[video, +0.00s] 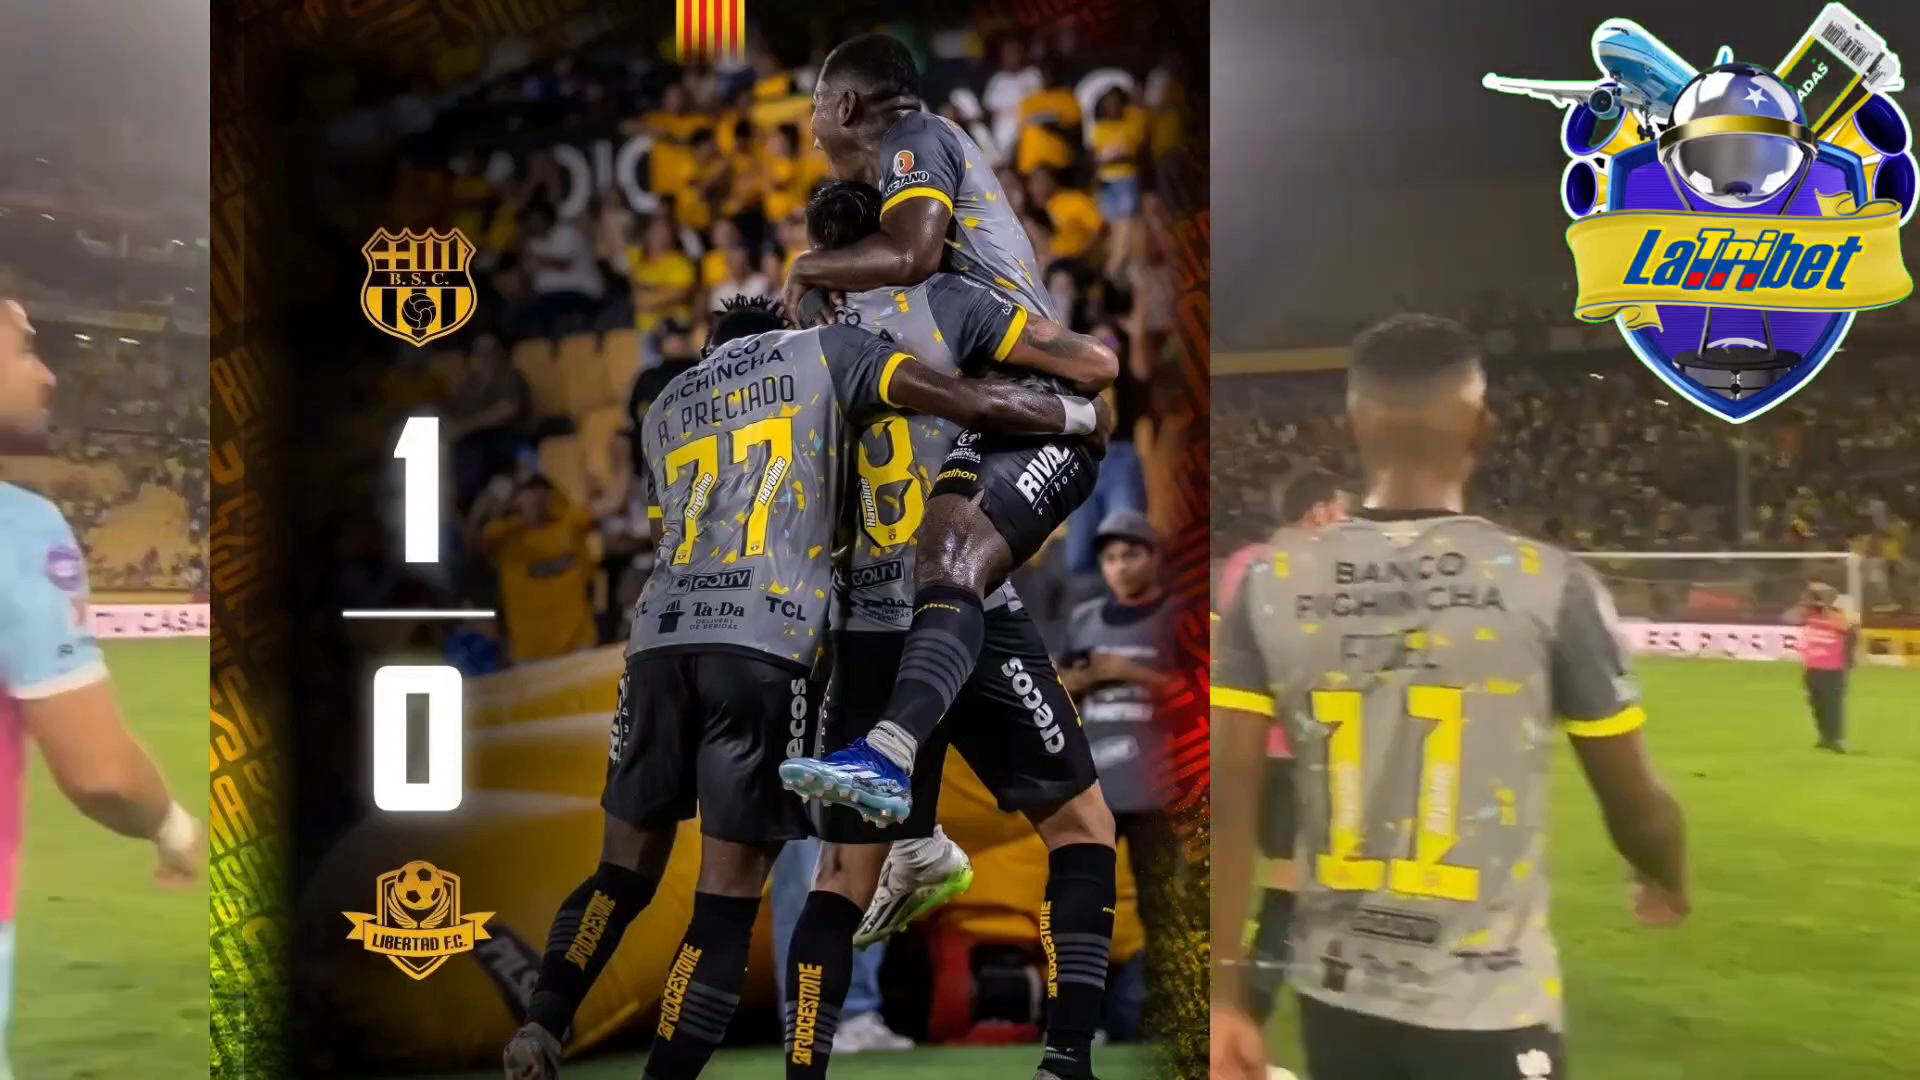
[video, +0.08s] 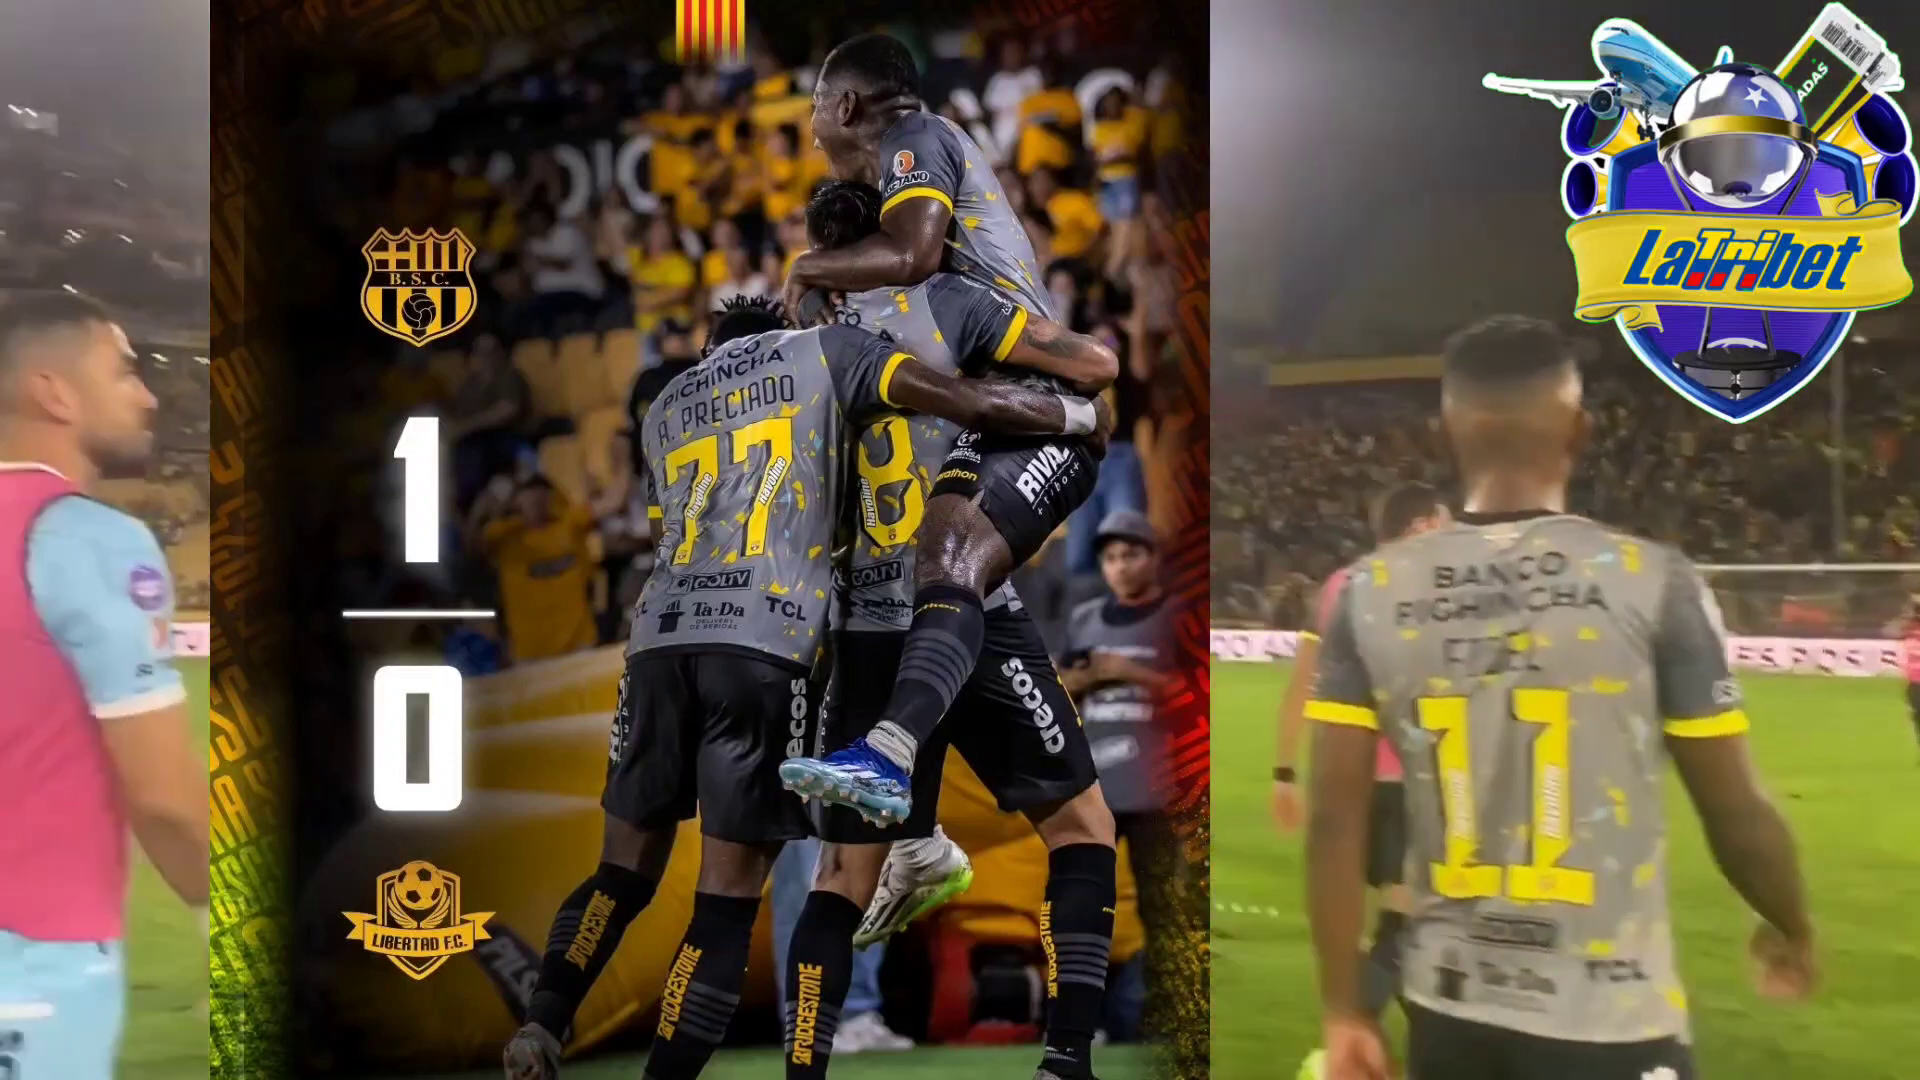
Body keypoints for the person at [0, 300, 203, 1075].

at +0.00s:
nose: (46, 373)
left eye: (33, 350)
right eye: (24, 350)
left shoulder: (23, 523)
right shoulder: (16, 524)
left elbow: (95, 771)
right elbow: (98, 771)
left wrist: (168, 824)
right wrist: (169, 824)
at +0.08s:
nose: (149, 394)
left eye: (137, 369)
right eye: (125, 368)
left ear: (54, 394)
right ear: (53, 392)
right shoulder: (83, 539)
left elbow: (165, 800)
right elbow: (166, 802)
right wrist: (240, 921)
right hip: (39, 956)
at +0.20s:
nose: (217, 413)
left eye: (210, 390)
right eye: (198, 389)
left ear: (121, 412)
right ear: (127, 411)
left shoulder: (16, 536)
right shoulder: (150, 549)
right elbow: (186, 813)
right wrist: (231, 961)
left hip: (12, 968)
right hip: (112, 980)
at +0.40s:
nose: (234, 427)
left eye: (229, 401)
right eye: (217, 400)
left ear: (141, 421)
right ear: (149, 419)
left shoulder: (64, 543)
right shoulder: (120, 558)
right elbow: (104, 820)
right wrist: (186, 1045)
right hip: (101, 1038)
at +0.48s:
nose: (177, 425)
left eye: (170, 397)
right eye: (149, 395)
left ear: (62, 414)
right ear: (56, 411)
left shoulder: (50, 560)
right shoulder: (29, 568)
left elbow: (47, 796)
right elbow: (2, 810)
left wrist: (139, 930)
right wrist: (32, 1031)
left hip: (73, 996)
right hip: (51, 1006)